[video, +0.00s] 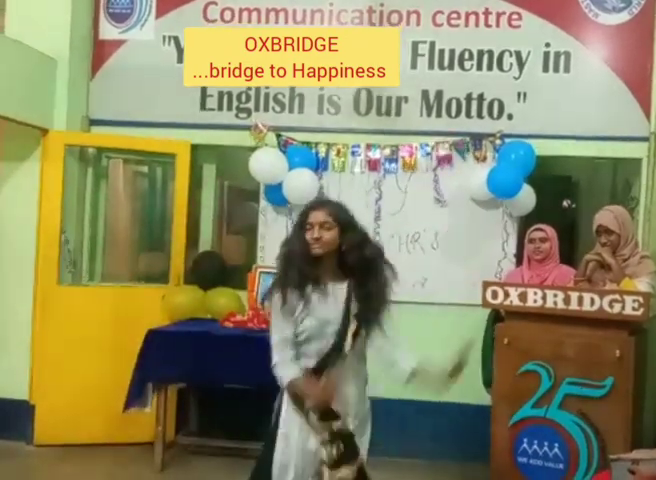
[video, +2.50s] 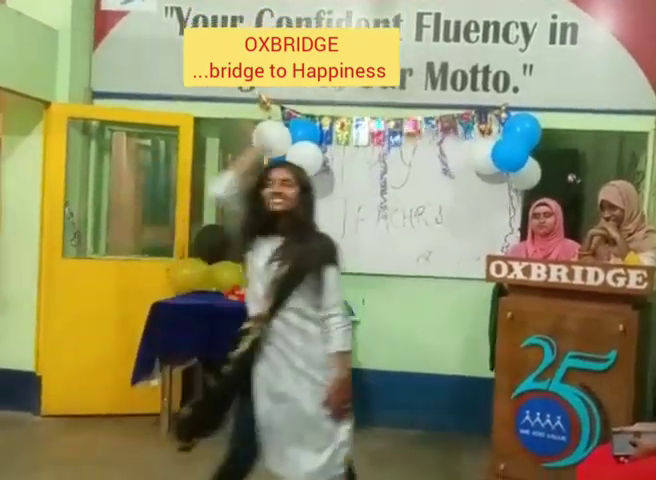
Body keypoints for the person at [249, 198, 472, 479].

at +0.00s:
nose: (315, 235)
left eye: (326, 227)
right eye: (309, 228)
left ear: (344, 233)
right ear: (302, 234)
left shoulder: (361, 285)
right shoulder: (287, 289)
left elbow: (383, 344)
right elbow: (281, 355)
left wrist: (436, 374)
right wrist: (306, 389)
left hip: (347, 396)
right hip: (299, 396)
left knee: (345, 470)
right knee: (294, 468)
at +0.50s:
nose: (247, 207)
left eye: (257, 201)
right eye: (241, 197)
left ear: (272, 207)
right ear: (231, 201)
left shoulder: (283, 248)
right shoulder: (222, 243)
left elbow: (245, 288)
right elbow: (173, 294)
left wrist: (206, 257)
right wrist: (132, 265)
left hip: (259, 364)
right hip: (220, 359)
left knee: (250, 449)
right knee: (215, 444)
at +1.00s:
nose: (266, 214)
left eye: (275, 206)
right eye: (262, 210)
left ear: (298, 213)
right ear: (259, 222)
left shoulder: (335, 266)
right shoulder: (266, 277)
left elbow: (360, 331)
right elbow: (273, 335)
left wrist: (394, 384)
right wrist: (304, 373)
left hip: (332, 387)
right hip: (287, 388)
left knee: (330, 468)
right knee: (288, 468)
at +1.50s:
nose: (283, 231)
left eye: (293, 223)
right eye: (276, 223)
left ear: (311, 230)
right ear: (268, 231)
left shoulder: (337, 281)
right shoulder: (268, 289)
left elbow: (354, 338)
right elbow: (261, 352)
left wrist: (372, 370)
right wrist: (272, 387)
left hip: (338, 399)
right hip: (290, 401)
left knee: (359, 470)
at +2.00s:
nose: (218, 201)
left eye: (229, 193)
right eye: (213, 192)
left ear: (250, 199)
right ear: (206, 195)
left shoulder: (265, 249)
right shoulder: (210, 242)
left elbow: (256, 310)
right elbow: (162, 273)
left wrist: (194, 333)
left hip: (238, 356)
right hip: (204, 347)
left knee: (212, 438)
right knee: (193, 431)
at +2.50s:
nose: (277, 190)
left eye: (287, 183)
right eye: (269, 183)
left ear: (303, 193)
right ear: (260, 192)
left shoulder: (319, 248)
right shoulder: (255, 245)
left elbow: (334, 314)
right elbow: (224, 193)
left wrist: (342, 375)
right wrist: (255, 154)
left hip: (313, 370)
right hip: (267, 367)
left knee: (325, 462)